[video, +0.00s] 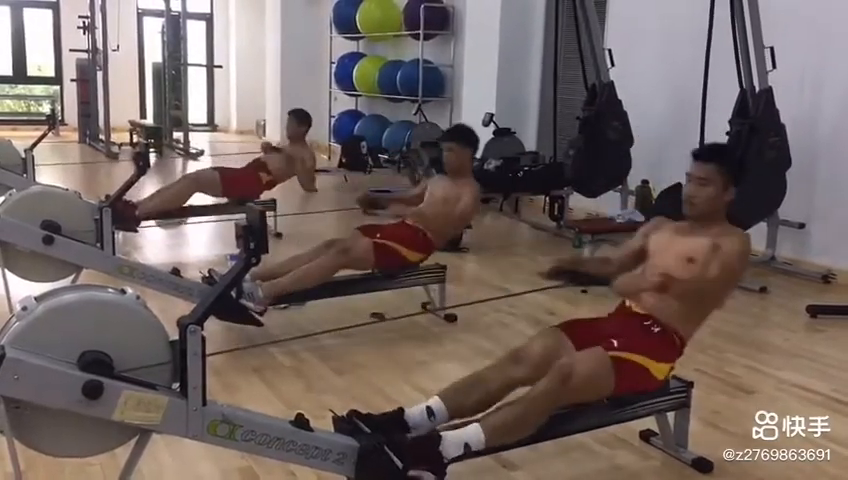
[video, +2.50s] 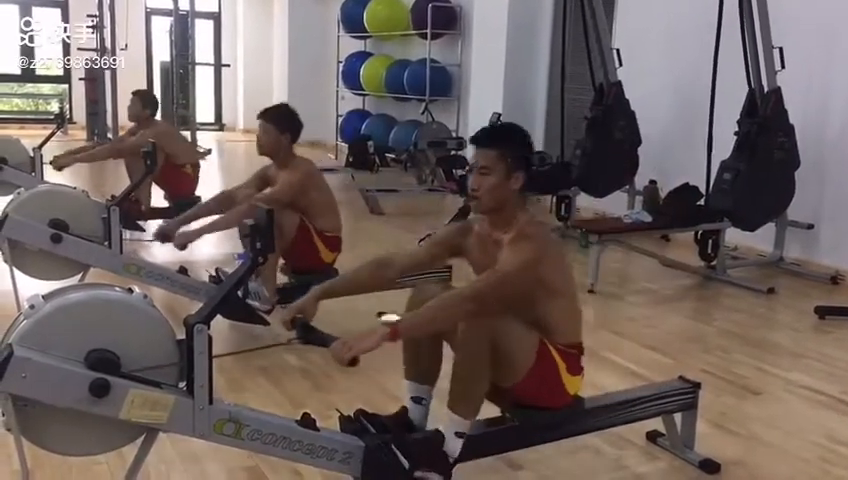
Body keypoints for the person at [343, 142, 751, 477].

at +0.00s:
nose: (689, 189)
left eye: (701, 183)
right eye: (689, 180)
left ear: (727, 193)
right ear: (687, 183)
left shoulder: (733, 241)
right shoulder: (660, 227)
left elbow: (706, 288)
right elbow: (615, 268)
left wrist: (657, 276)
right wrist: (573, 263)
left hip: (654, 344)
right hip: (614, 321)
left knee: (561, 376)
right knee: (523, 357)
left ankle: (442, 450)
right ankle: (407, 424)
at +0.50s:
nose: (681, 189)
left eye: (693, 183)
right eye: (680, 180)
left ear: (718, 193)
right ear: (677, 184)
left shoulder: (729, 252)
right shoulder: (658, 234)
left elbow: (743, 327)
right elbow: (633, 279)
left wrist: (697, 301)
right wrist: (601, 276)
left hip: (651, 347)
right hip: (612, 325)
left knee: (557, 381)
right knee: (518, 362)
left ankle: (444, 456)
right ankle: (405, 428)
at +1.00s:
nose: (632, 179)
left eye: (644, 171)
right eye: (631, 169)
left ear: (674, 177)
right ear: (629, 172)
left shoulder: (684, 238)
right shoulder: (614, 229)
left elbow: (645, 312)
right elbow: (555, 269)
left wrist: (584, 331)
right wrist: (504, 298)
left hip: (649, 348)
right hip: (607, 332)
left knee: (557, 394)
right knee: (515, 374)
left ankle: (444, 462)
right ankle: (407, 430)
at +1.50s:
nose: (612, 178)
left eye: (624, 170)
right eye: (610, 168)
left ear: (653, 177)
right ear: (608, 171)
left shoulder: (669, 235)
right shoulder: (599, 226)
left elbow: (623, 299)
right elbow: (535, 266)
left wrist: (557, 328)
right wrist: (479, 294)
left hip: (649, 346)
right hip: (605, 328)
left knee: (553, 383)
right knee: (510, 370)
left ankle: (450, 461)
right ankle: (411, 431)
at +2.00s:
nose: (567, 176)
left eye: (579, 168)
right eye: (566, 166)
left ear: (611, 177)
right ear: (565, 168)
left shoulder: (625, 235)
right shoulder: (558, 224)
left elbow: (570, 289)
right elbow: (486, 262)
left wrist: (500, 323)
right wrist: (426, 288)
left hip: (621, 358)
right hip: (578, 339)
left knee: (530, 342)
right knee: (481, 327)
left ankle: (448, 455)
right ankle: (413, 426)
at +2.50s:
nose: (472, 183)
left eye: (485, 173)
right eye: (472, 171)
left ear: (517, 180)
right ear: (470, 173)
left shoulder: (533, 243)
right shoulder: (468, 232)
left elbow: (475, 301)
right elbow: (392, 267)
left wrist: (385, 331)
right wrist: (317, 294)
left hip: (553, 382)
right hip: (505, 372)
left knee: (475, 318)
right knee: (427, 298)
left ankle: (446, 451)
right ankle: (414, 421)